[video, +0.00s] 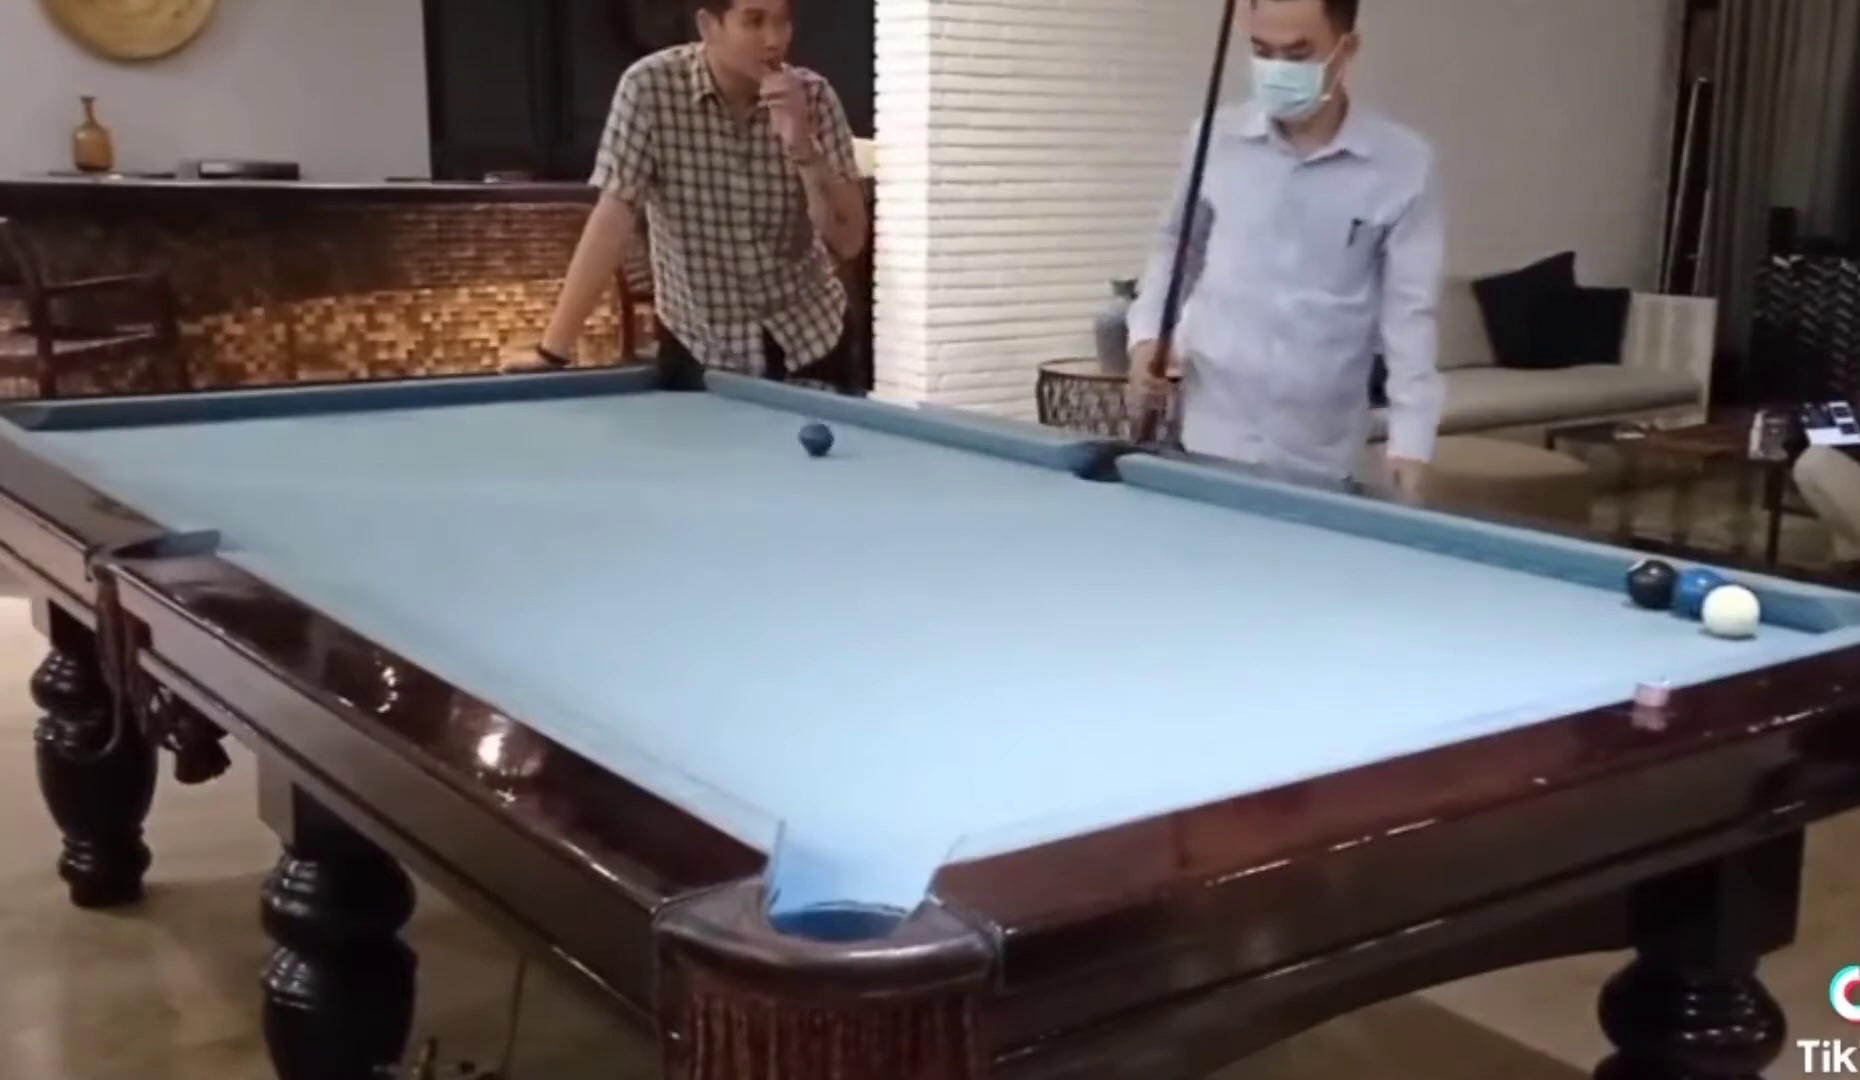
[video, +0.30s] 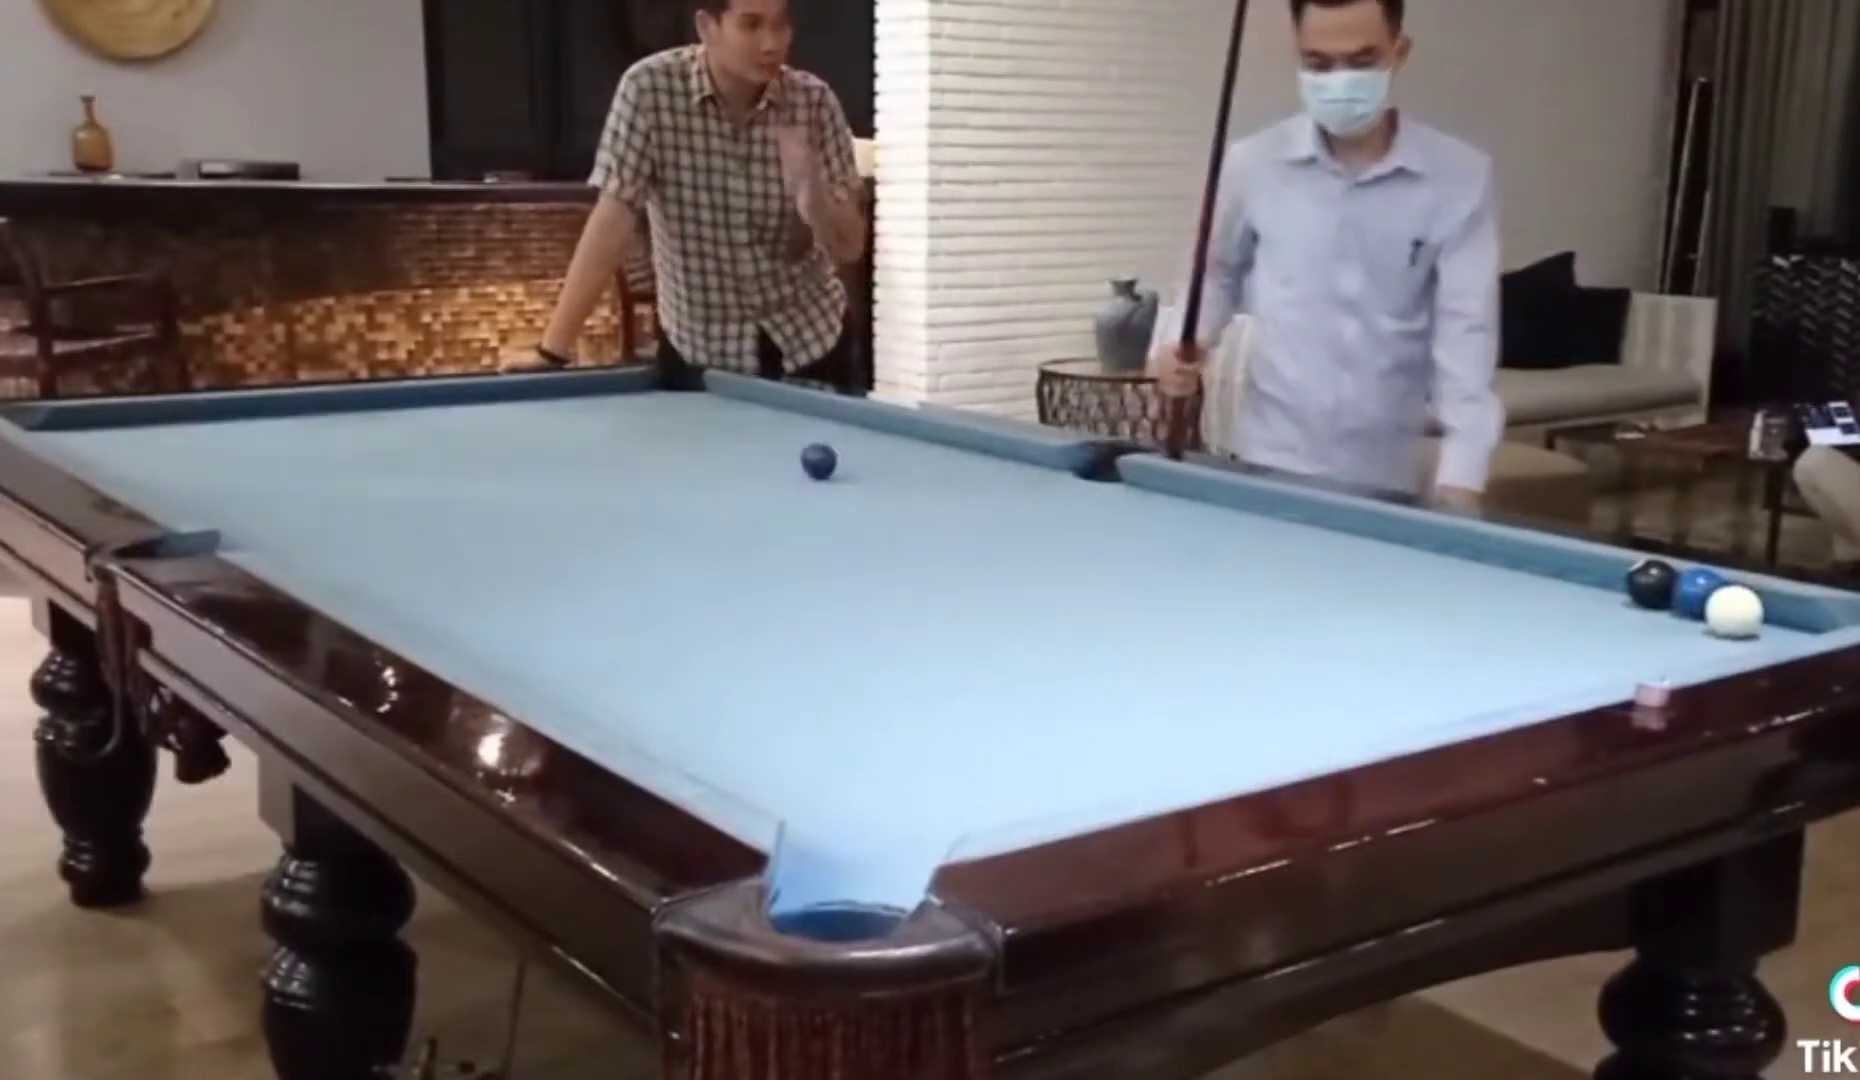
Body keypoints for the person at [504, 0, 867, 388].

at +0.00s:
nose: (776, 38)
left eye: (783, 21)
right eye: (755, 21)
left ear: (794, 23)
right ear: (709, 25)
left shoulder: (811, 97)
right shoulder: (651, 88)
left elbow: (849, 242)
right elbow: (613, 218)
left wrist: (805, 152)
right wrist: (552, 352)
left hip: (810, 334)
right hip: (700, 341)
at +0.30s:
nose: (772, 43)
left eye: (782, 25)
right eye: (752, 25)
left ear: (793, 27)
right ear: (707, 27)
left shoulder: (813, 101)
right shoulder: (650, 89)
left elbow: (849, 248)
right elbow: (612, 218)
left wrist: (810, 193)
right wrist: (551, 352)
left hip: (810, 336)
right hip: (701, 343)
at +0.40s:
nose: (767, 40)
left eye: (777, 23)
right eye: (746, 23)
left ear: (788, 26)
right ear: (703, 26)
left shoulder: (812, 101)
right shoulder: (649, 89)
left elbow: (845, 222)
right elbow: (612, 218)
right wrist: (552, 352)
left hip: (808, 335)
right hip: (701, 344)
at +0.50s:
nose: (762, 38)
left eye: (772, 20)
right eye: (741, 20)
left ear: (783, 25)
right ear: (697, 24)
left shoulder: (810, 101)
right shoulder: (646, 90)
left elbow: (839, 212)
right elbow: (611, 218)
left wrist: (842, 307)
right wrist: (552, 351)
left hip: (808, 338)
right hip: (702, 345)